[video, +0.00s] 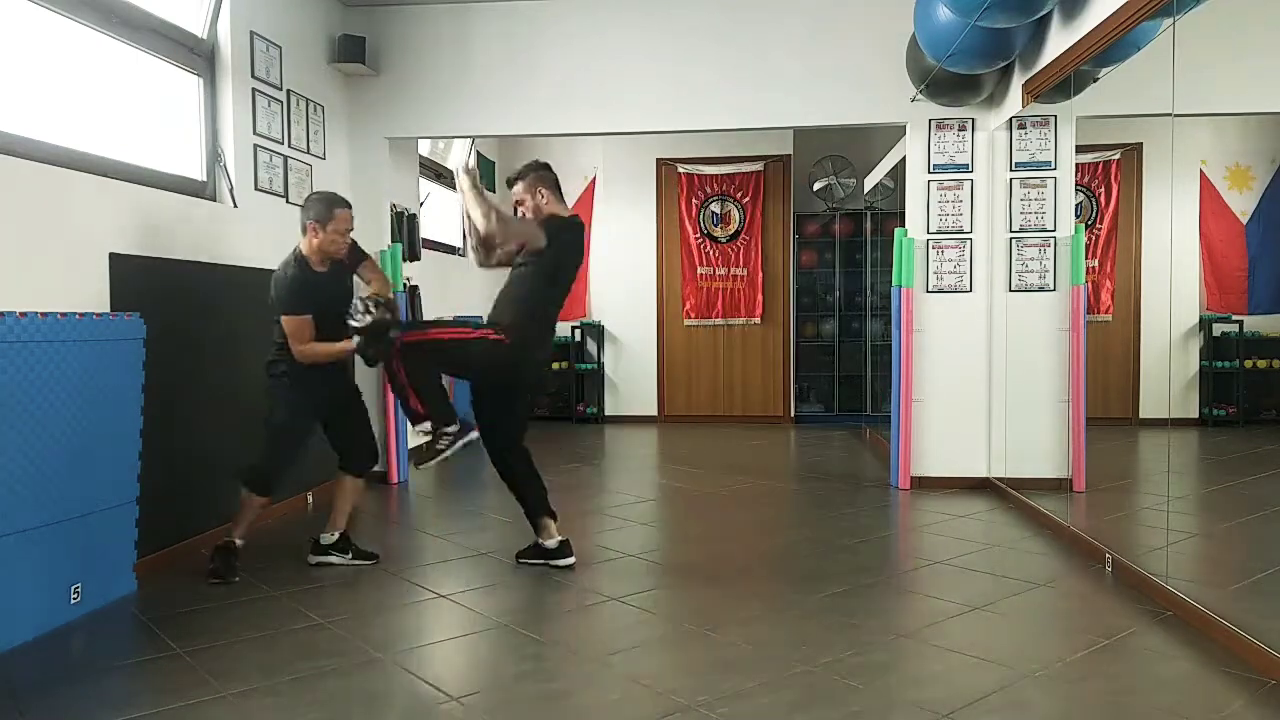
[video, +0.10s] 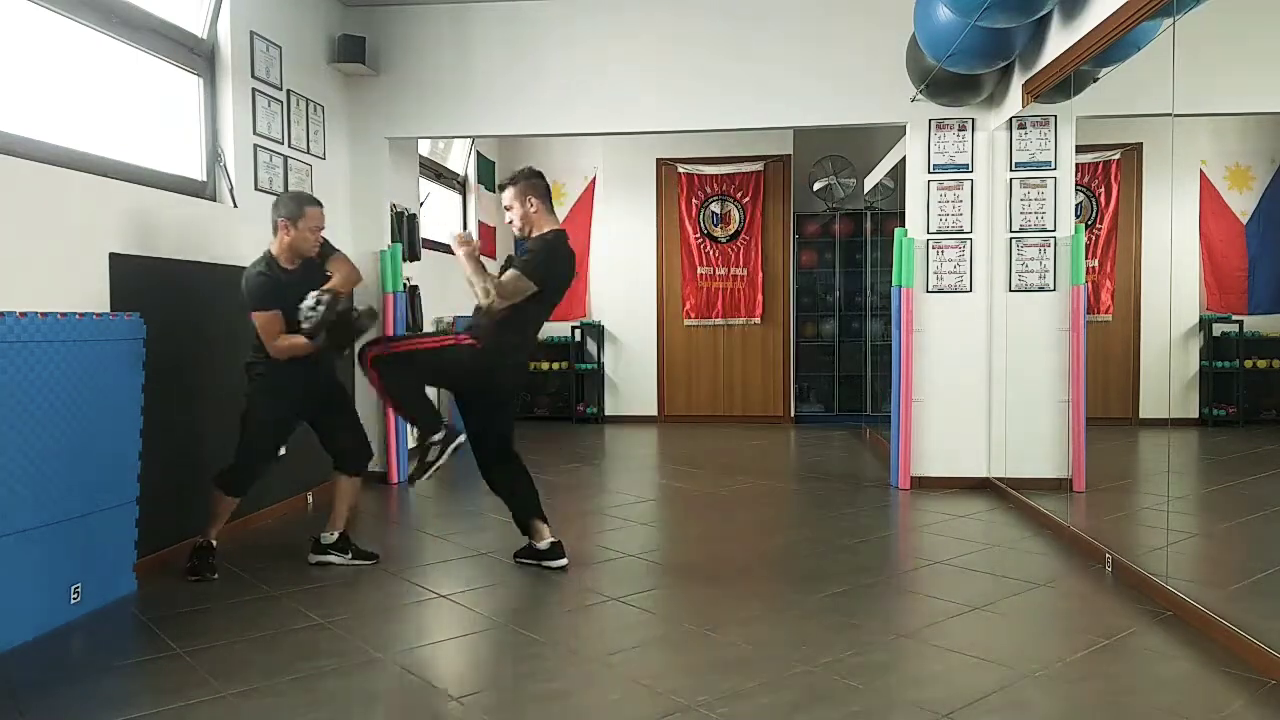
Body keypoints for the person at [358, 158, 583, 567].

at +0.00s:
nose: (520, 214)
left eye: (522, 204)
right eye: (517, 207)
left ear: (543, 194)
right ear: (544, 199)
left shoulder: (565, 227)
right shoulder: (546, 239)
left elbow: (496, 227)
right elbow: (486, 256)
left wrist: (465, 178)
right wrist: (467, 196)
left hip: (506, 346)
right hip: (514, 352)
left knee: (404, 347)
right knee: (504, 447)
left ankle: (446, 427)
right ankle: (551, 540)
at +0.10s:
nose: (507, 220)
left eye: (510, 210)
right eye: (505, 213)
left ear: (534, 204)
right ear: (536, 207)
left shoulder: (550, 249)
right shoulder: (536, 248)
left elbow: (493, 297)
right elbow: (495, 295)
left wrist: (466, 257)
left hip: (484, 356)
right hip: (499, 363)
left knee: (377, 354)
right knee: (496, 456)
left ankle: (433, 432)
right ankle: (544, 542)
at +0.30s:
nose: (449, 223)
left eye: (453, 214)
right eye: (448, 215)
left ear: (474, 212)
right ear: (486, 214)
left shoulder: (473, 254)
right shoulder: (524, 260)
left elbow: (397, 272)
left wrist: (398, 227)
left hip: (447, 380)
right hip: (489, 381)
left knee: (366, 449)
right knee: (486, 464)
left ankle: (349, 554)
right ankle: (538, 543)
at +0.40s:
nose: (400, 220)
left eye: (403, 211)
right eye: (399, 212)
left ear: (421, 211)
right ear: (443, 211)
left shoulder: (429, 259)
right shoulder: (476, 250)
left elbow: (347, 273)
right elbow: (439, 277)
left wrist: (355, 216)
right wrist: (410, 249)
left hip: (429, 384)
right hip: (468, 383)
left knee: (357, 462)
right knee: (476, 469)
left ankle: (334, 568)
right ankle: (538, 545)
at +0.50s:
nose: (348, 217)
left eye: (351, 209)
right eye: (348, 209)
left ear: (367, 213)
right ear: (390, 208)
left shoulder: (400, 263)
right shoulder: (408, 253)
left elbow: (338, 302)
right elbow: (358, 292)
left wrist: (338, 240)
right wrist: (339, 242)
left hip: (412, 384)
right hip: (446, 378)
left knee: (346, 467)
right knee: (467, 467)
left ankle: (313, 569)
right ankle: (534, 545)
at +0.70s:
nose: (299, 217)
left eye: (299, 209)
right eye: (297, 210)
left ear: (316, 208)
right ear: (341, 201)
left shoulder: (362, 254)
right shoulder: (366, 240)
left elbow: (310, 305)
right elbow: (315, 301)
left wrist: (293, 250)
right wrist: (292, 252)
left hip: (385, 377)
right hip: (419, 370)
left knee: (324, 469)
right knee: (436, 465)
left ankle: (311, 568)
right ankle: (504, 540)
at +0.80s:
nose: (306, 204)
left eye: (307, 195)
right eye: (305, 196)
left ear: (323, 194)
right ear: (346, 189)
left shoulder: (356, 242)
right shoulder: (378, 220)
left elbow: (290, 290)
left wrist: (284, 236)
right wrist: (304, 223)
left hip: (380, 371)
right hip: (418, 363)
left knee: (321, 465)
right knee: (428, 459)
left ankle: (311, 567)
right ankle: (496, 533)